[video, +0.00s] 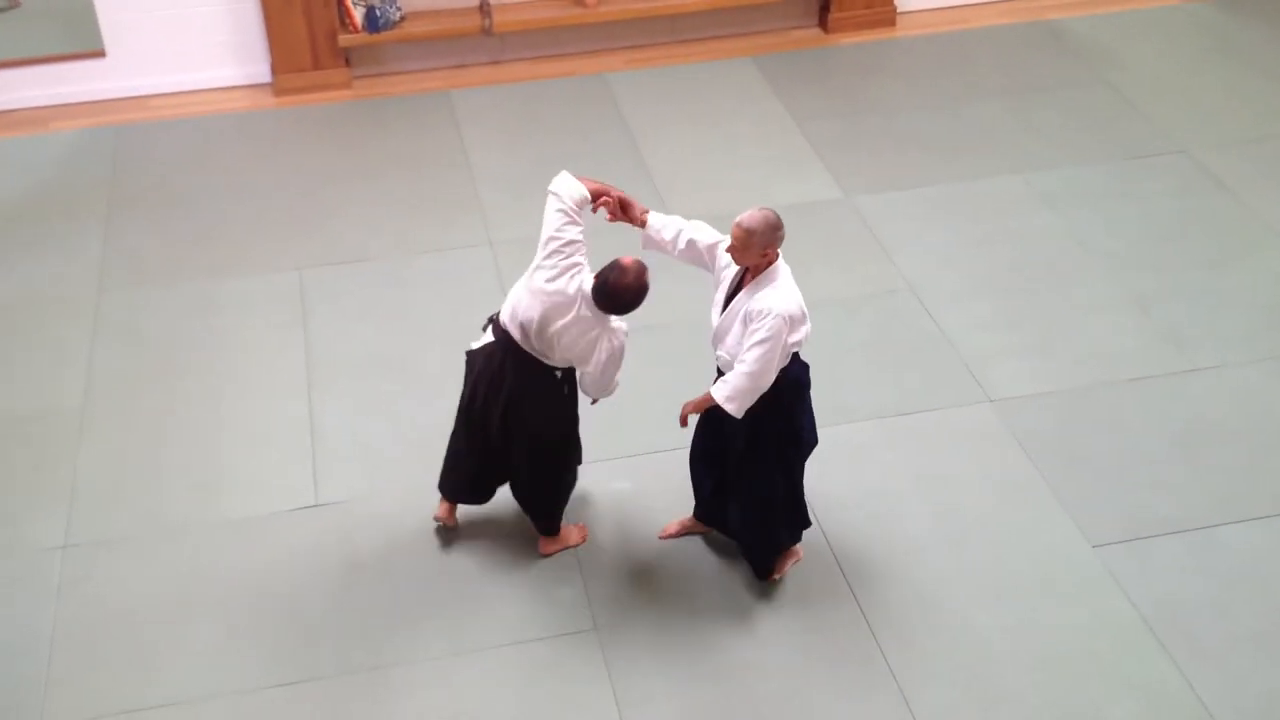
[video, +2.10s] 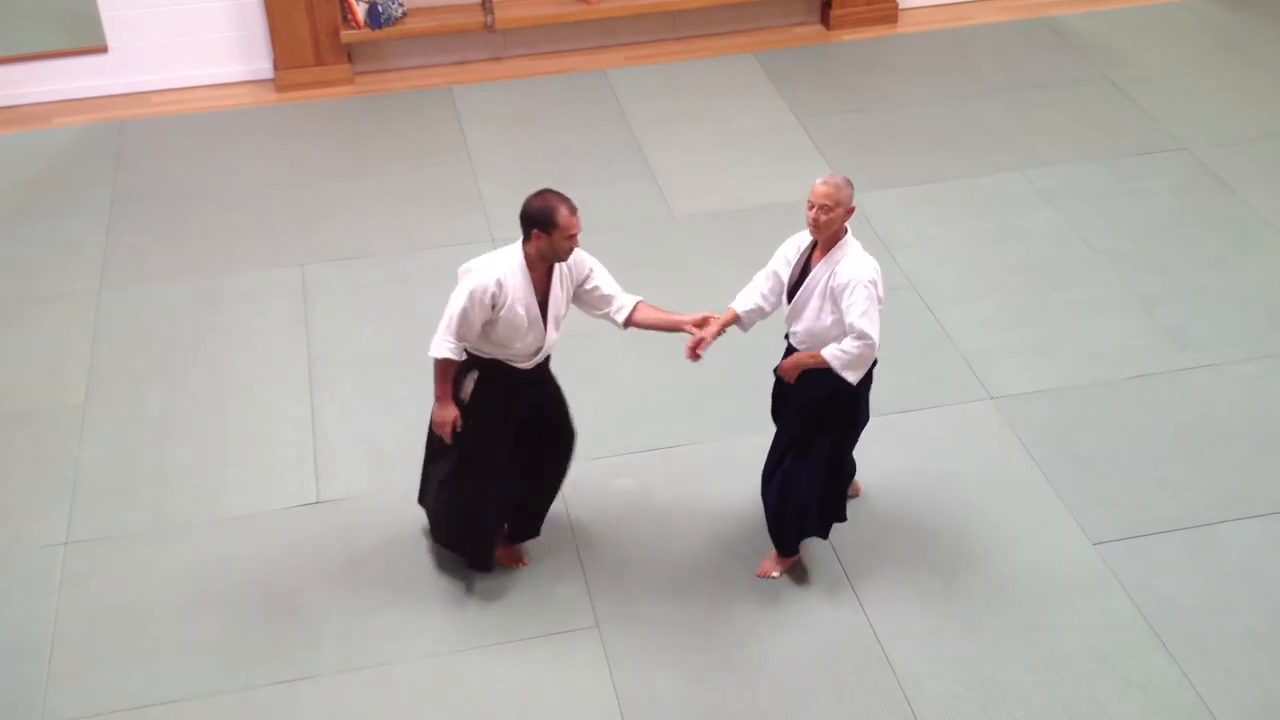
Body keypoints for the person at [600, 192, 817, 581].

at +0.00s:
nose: (728, 246)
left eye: (737, 244)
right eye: (731, 238)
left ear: (766, 254)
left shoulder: (777, 308)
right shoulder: (735, 258)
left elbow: (754, 373)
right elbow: (690, 237)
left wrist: (708, 400)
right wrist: (641, 217)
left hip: (771, 398)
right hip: (731, 382)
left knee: (766, 474)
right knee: (709, 452)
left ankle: (783, 547)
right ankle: (707, 515)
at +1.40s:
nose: (753, 241)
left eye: (763, 235)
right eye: (751, 231)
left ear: (788, 238)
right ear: (747, 227)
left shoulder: (798, 301)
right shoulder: (742, 262)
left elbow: (802, 377)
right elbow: (690, 262)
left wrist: (753, 414)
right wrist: (632, 248)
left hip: (785, 399)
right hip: (744, 381)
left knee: (776, 475)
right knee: (714, 443)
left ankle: (789, 543)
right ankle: (706, 512)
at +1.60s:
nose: (769, 241)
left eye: (781, 236)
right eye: (766, 231)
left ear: (805, 239)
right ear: (763, 228)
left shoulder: (812, 302)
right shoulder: (756, 265)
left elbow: (822, 377)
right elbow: (711, 286)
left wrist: (782, 414)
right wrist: (652, 290)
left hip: (802, 400)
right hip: (761, 382)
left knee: (779, 477)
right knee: (730, 445)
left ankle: (783, 548)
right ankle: (728, 507)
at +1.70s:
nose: (777, 239)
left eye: (788, 233)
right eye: (774, 229)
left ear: (813, 237)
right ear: (770, 226)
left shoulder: (820, 299)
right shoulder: (764, 266)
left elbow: (831, 373)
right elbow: (720, 298)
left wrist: (789, 410)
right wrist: (658, 314)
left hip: (806, 402)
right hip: (765, 384)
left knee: (784, 479)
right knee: (741, 453)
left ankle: (781, 560)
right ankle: (757, 526)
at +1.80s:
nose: (785, 236)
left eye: (797, 230)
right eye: (783, 226)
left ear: (821, 235)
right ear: (778, 224)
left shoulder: (829, 295)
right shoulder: (773, 264)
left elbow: (839, 370)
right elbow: (731, 303)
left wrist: (792, 404)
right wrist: (673, 324)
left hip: (807, 402)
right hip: (769, 384)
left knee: (786, 479)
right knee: (761, 460)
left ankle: (780, 559)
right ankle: (788, 530)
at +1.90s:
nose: (794, 231)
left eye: (805, 225)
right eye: (792, 221)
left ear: (829, 230)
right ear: (787, 219)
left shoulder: (837, 290)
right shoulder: (780, 261)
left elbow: (845, 363)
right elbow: (739, 303)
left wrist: (794, 393)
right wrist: (685, 326)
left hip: (812, 399)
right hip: (775, 379)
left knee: (783, 479)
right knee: (776, 445)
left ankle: (781, 557)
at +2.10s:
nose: (814, 215)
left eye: (824, 209)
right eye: (810, 205)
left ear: (847, 213)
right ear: (806, 204)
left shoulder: (858, 271)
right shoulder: (798, 246)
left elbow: (863, 344)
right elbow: (764, 289)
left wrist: (805, 360)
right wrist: (720, 323)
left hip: (834, 380)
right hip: (796, 367)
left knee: (789, 466)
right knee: (809, 434)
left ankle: (786, 551)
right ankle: (841, 482)